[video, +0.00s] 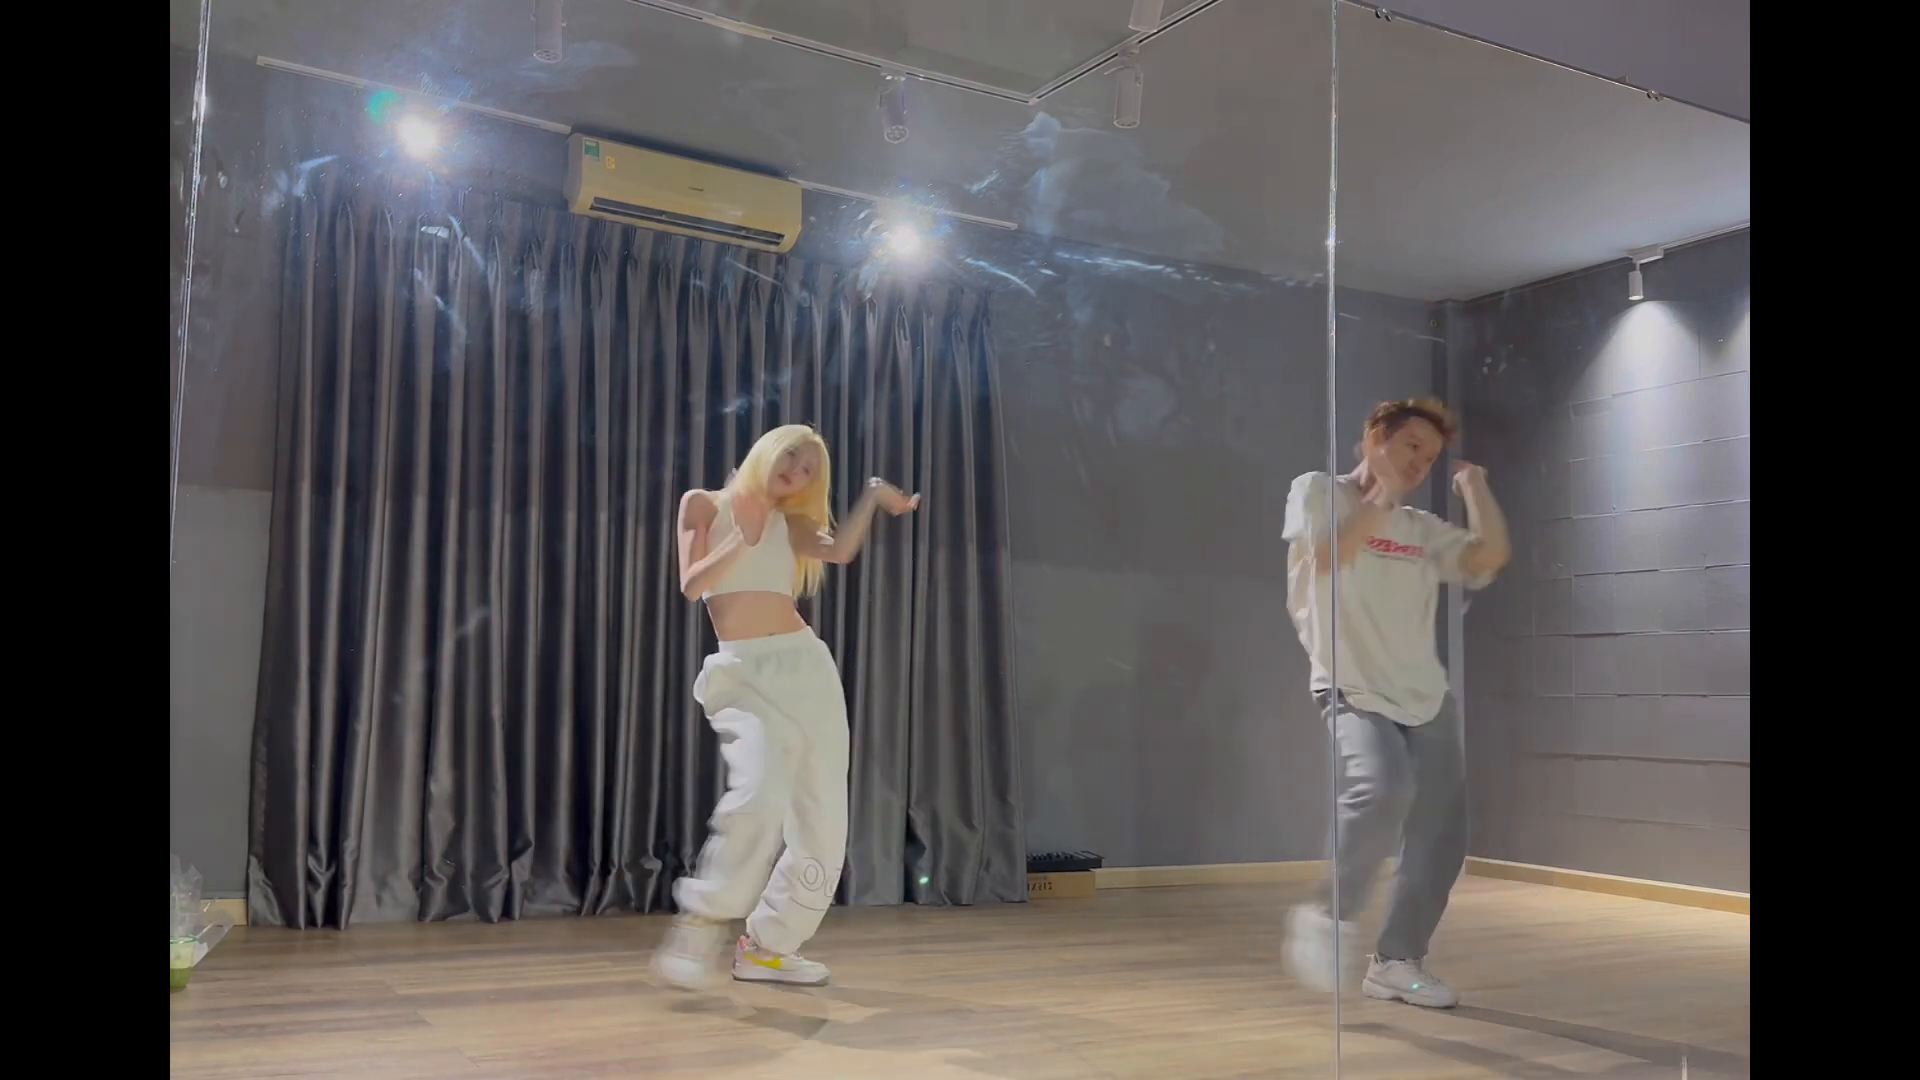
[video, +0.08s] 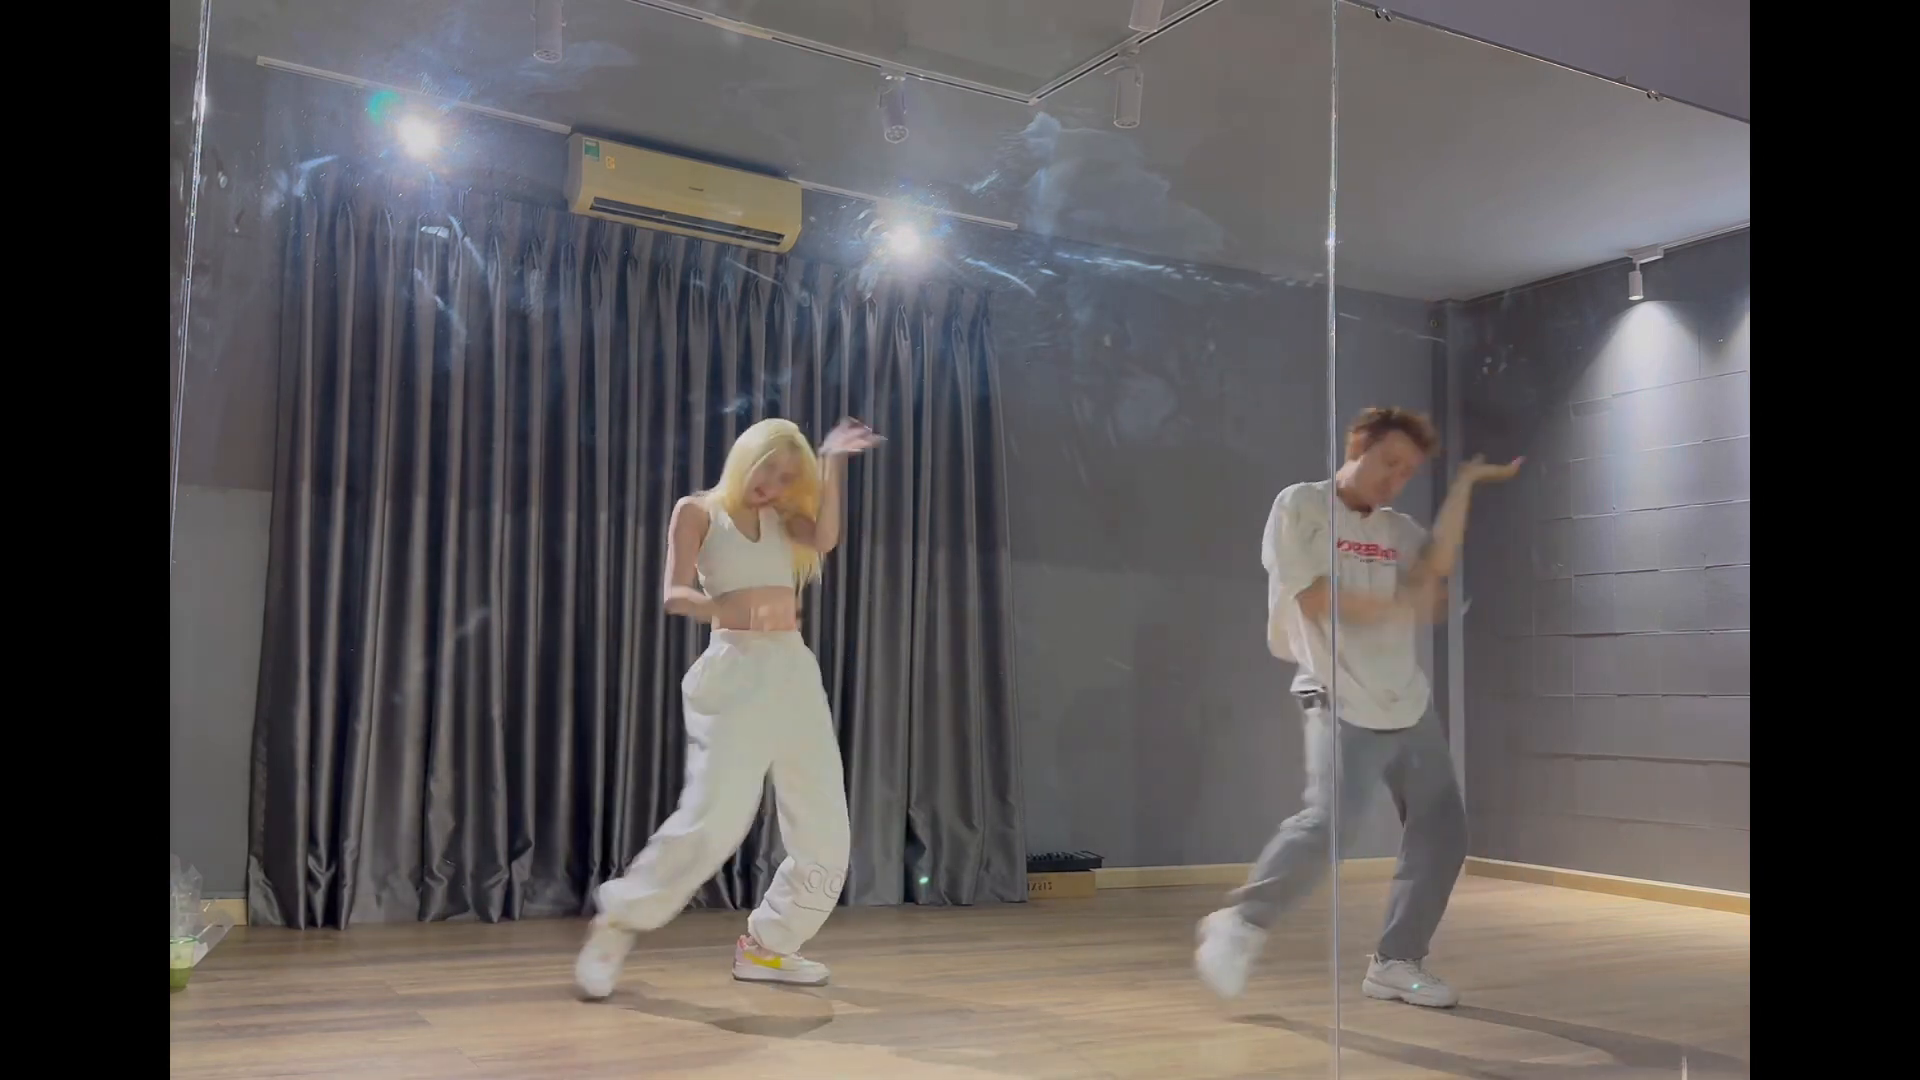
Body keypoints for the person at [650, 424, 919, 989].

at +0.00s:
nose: (796, 476)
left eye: (807, 474)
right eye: (792, 461)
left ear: (808, 484)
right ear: (767, 455)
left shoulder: (794, 523)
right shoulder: (705, 505)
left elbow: (842, 550)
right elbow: (691, 584)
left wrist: (873, 495)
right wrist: (740, 540)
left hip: (808, 670)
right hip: (743, 674)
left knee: (822, 820)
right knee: (759, 799)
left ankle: (765, 947)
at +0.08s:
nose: (769, 493)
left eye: (782, 485)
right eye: (766, 478)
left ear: (791, 485)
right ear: (747, 463)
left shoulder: (784, 519)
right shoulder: (698, 512)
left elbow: (826, 536)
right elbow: (673, 594)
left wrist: (831, 463)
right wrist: (712, 607)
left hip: (796, 679)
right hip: (732, 680)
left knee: (824, 834)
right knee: (713, 825)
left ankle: (765, 947)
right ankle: (616, 927)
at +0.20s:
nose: (748, 475)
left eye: (756, 464)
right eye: (732, 467)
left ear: (770, 476)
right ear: (707, 485)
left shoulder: (789, 532)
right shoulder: (707, 546)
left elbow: (844, 472)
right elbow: (647, 622)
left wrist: (773, 442)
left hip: (763, 721)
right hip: (698, 708)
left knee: (821, 841)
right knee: (641, 847)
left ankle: (765, 949)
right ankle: (586, 953)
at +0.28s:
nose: (736, 484)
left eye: (744, 475)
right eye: (720, 479)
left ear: (758, 487)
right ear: (701, 502)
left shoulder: (781, 552)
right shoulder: (697, 561)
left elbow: (829, 478)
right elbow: (630, 631)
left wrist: (759, 450)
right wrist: (658, 710)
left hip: (755, 733)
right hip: (684, 725)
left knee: (823, 839)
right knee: (626, 852)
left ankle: (765, 947)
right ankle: (584, 956)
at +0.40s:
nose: (717, 487)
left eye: (725, 483)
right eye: (704, 485)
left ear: (742, 502)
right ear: (688, 511)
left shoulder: (758, 561)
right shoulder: (674, 570)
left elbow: (819, 513)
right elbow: (617, 644)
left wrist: (755, 472)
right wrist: (647, 725)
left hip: (751, 739)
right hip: (673, 737)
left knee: (827, 841)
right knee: (610, 850)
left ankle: (766, 947)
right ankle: (585, 955)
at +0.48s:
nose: (712, 491)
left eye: (722, 487)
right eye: (701, 487)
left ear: (739, 512)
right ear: (684, 513)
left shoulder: (751, 568)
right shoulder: (661, 571)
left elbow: (823, 540)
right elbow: (612, 650)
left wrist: (765, 489)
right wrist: (643, 727)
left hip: (749, 737)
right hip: (669, 738)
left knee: (822, 842)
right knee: (607, 843)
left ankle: (770, 946)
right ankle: (586, 955)